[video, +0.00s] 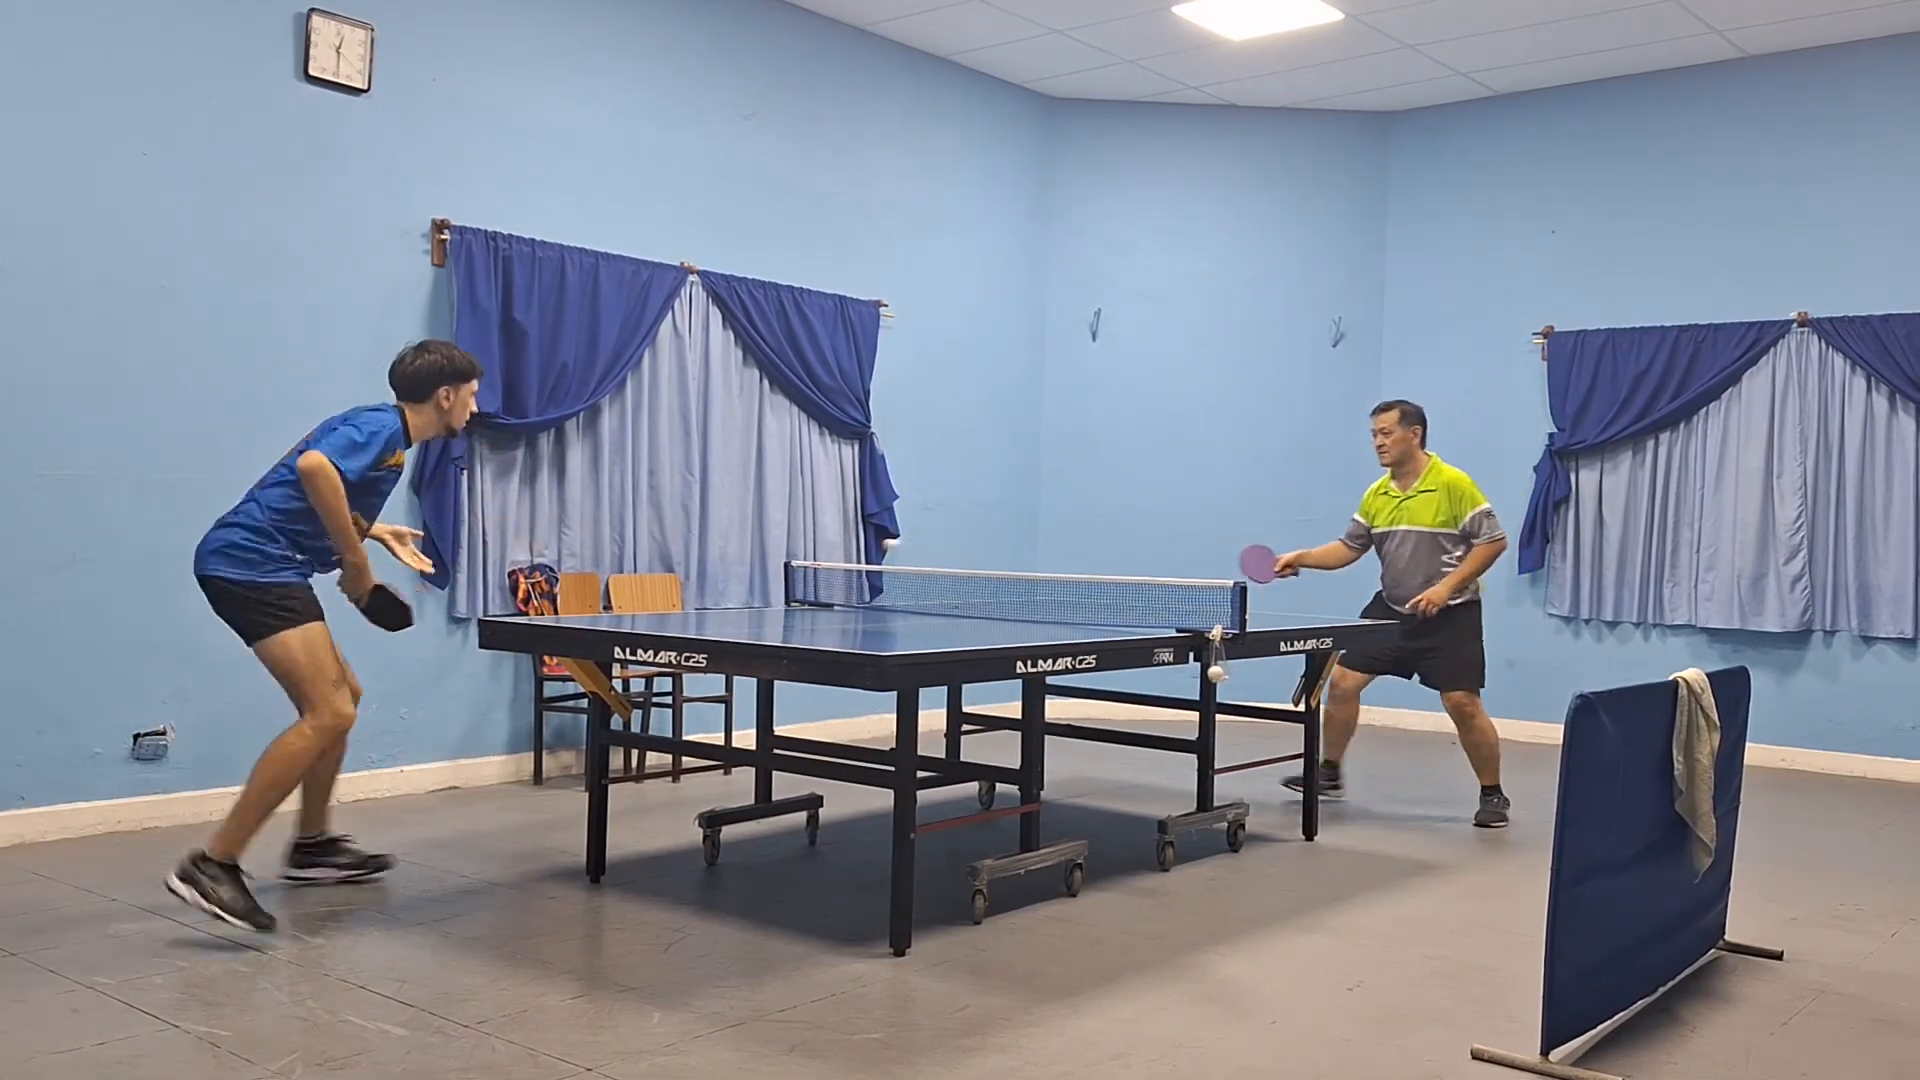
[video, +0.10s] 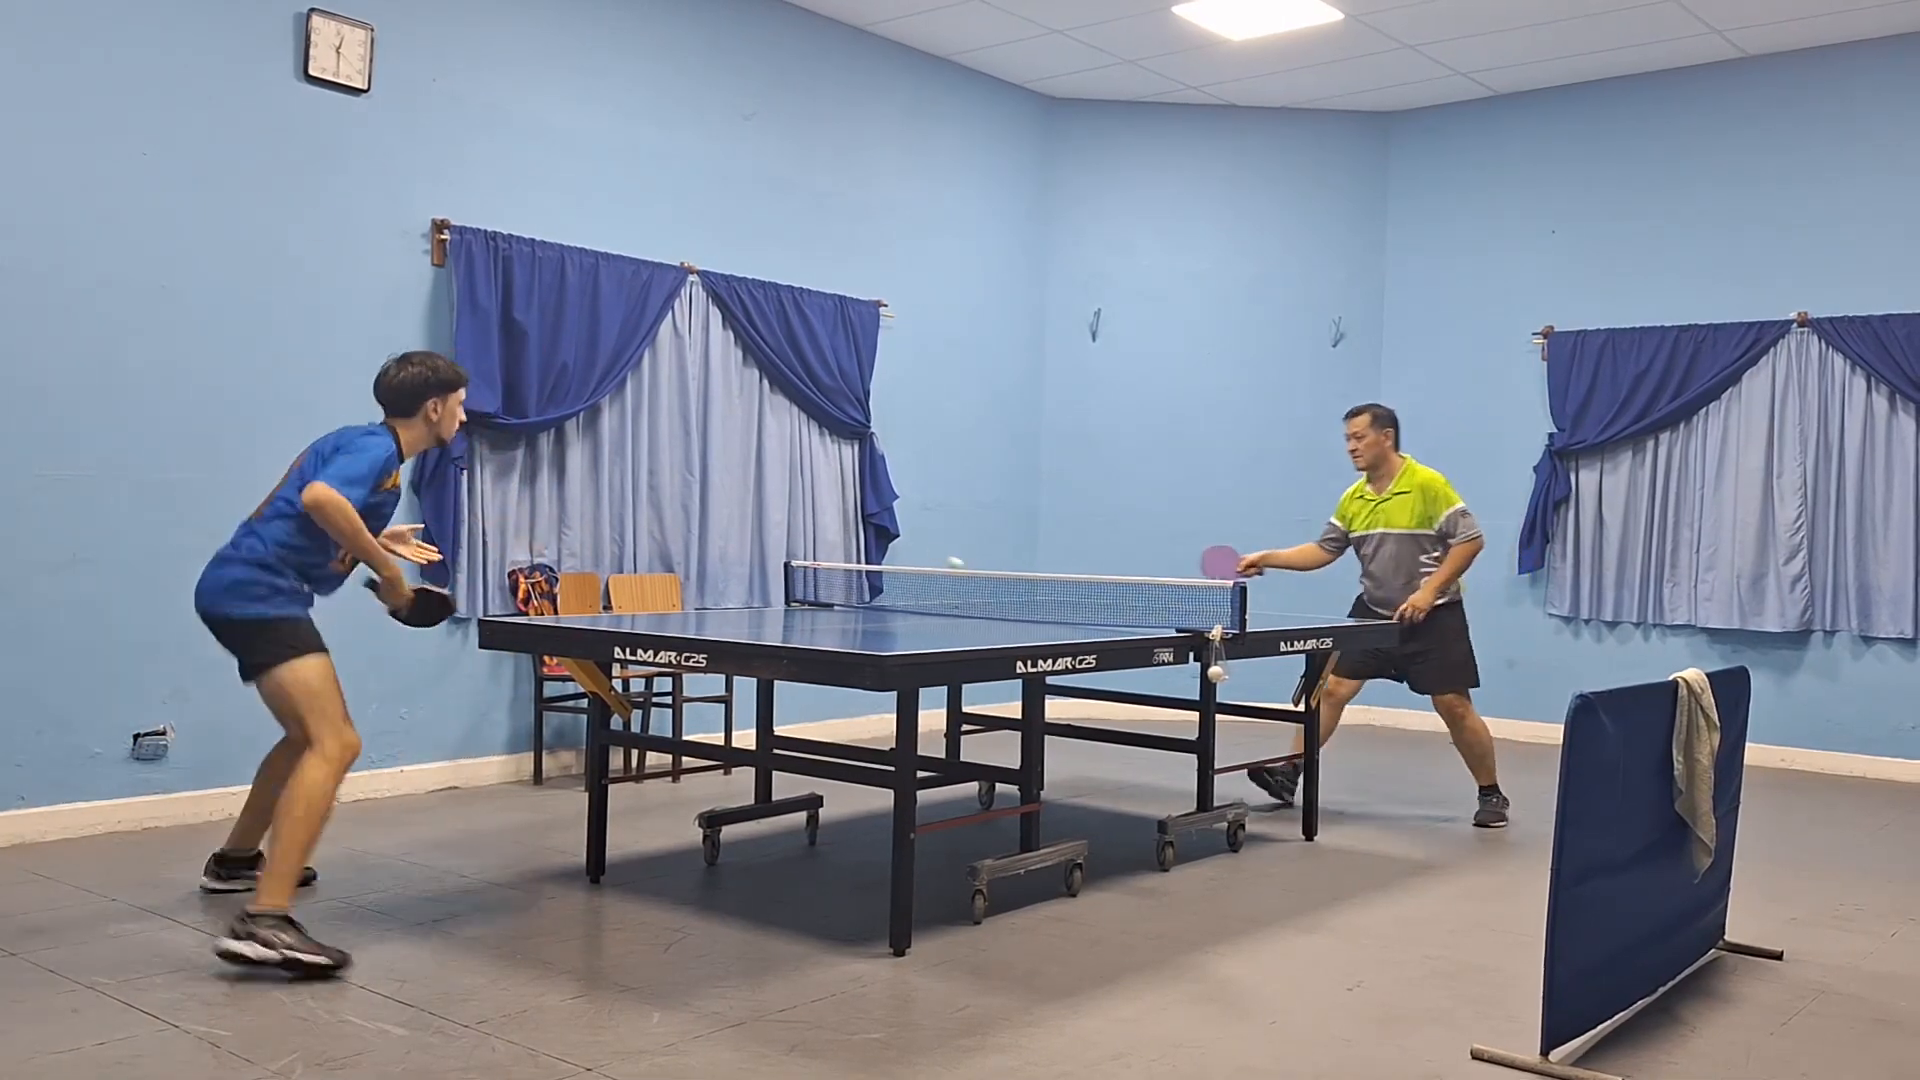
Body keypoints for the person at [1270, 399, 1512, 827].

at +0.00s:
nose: (1377, 442)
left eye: (1385, 433)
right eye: (1375, 435)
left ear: (1415, 434)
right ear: (1375, 440)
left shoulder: (1453, 484)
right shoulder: (1377, 493)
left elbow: (1493, 541)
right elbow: (1348, 548)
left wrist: (1446, 587)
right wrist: (1300, 558)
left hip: (1451, 613)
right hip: (1390, 611)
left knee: (1461, 703)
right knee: (1342, 685)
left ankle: (1491, 793)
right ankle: (1329, 772)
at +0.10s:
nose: (1351, 446)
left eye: (1358, 437)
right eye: (1348, 440)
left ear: (1386, 437)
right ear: (1353, 444)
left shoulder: (1428, 484)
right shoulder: (1354, 498)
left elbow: (1470, 539)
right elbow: (1324, 550)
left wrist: (1429, 590)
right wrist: (1267, 558)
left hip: (1433, 616)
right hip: (1373, 618)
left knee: (1453, 706)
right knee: (1331, 690)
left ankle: (1490, 794)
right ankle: (1289, 772)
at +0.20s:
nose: (1317, 455)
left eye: (1324, 446)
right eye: (1314, 448)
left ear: (1353, 444)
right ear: (1319, 452)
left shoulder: (1397, 488)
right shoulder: (1322, 506)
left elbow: (1441, 542)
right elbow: (1290, 557)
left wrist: (1410, 593)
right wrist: (1226, 561)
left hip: (1410, 621)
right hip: (1350, 626)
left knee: (1441, 706)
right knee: (1306, 696)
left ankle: (1488, 793)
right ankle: (1280, 782)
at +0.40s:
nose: (1255, 468)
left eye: (1261, 459)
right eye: (1253, 461)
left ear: (1290, 456)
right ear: (1275, 462)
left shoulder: (1344, 491)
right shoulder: (1267, 520)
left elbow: (1401, 532)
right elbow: (1229, 565)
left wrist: (1392, 592)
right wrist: (1169, 568)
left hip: (1374, 616)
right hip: (1314, 623)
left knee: (1422, 701)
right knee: (1277, 689)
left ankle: (1470, 787)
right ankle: (1276, 783)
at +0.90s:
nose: (1272, 462)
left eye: (1281, 454)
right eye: (1268, 456)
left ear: (1309, 458)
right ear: (1267, 464)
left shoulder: (1355, 498)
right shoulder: (1269, 524)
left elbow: (1404, 539)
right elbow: (1242, 575)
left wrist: (1390, 595)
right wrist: (1207, 581)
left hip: (1374, 617)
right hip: (1312, 625)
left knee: (1426, 700)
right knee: (1277, 689)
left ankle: (1474, 773)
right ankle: (1273, 783)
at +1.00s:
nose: (1304, 462)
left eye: (1313, 453)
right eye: (1301, 455)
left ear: (1340, 457)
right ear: (1300, 461)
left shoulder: (1381, 503)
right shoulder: (1295, 521)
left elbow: (1426, 552)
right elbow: (1271, 577)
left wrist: (1404, 602)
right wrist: (1246, 586)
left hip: (1389, 625)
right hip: (1328, 631)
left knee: (1434, 710)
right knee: (1290, 690)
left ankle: (1476, 769)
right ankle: (1274, 782)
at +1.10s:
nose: (1340, 459)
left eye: (1349, 451)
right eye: (1336, 453)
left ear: (1375, 454)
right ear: (1335, 458)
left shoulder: (1415, 501)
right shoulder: (1332, 515)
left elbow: (1451, 558)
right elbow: (1322, 567)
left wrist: (1421, 604)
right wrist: (1302, 585)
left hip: (1415, 625)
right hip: (1354, 627)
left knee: (1444, 710)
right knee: (1320, 697)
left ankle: (1474, 776)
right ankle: (1282, 777)